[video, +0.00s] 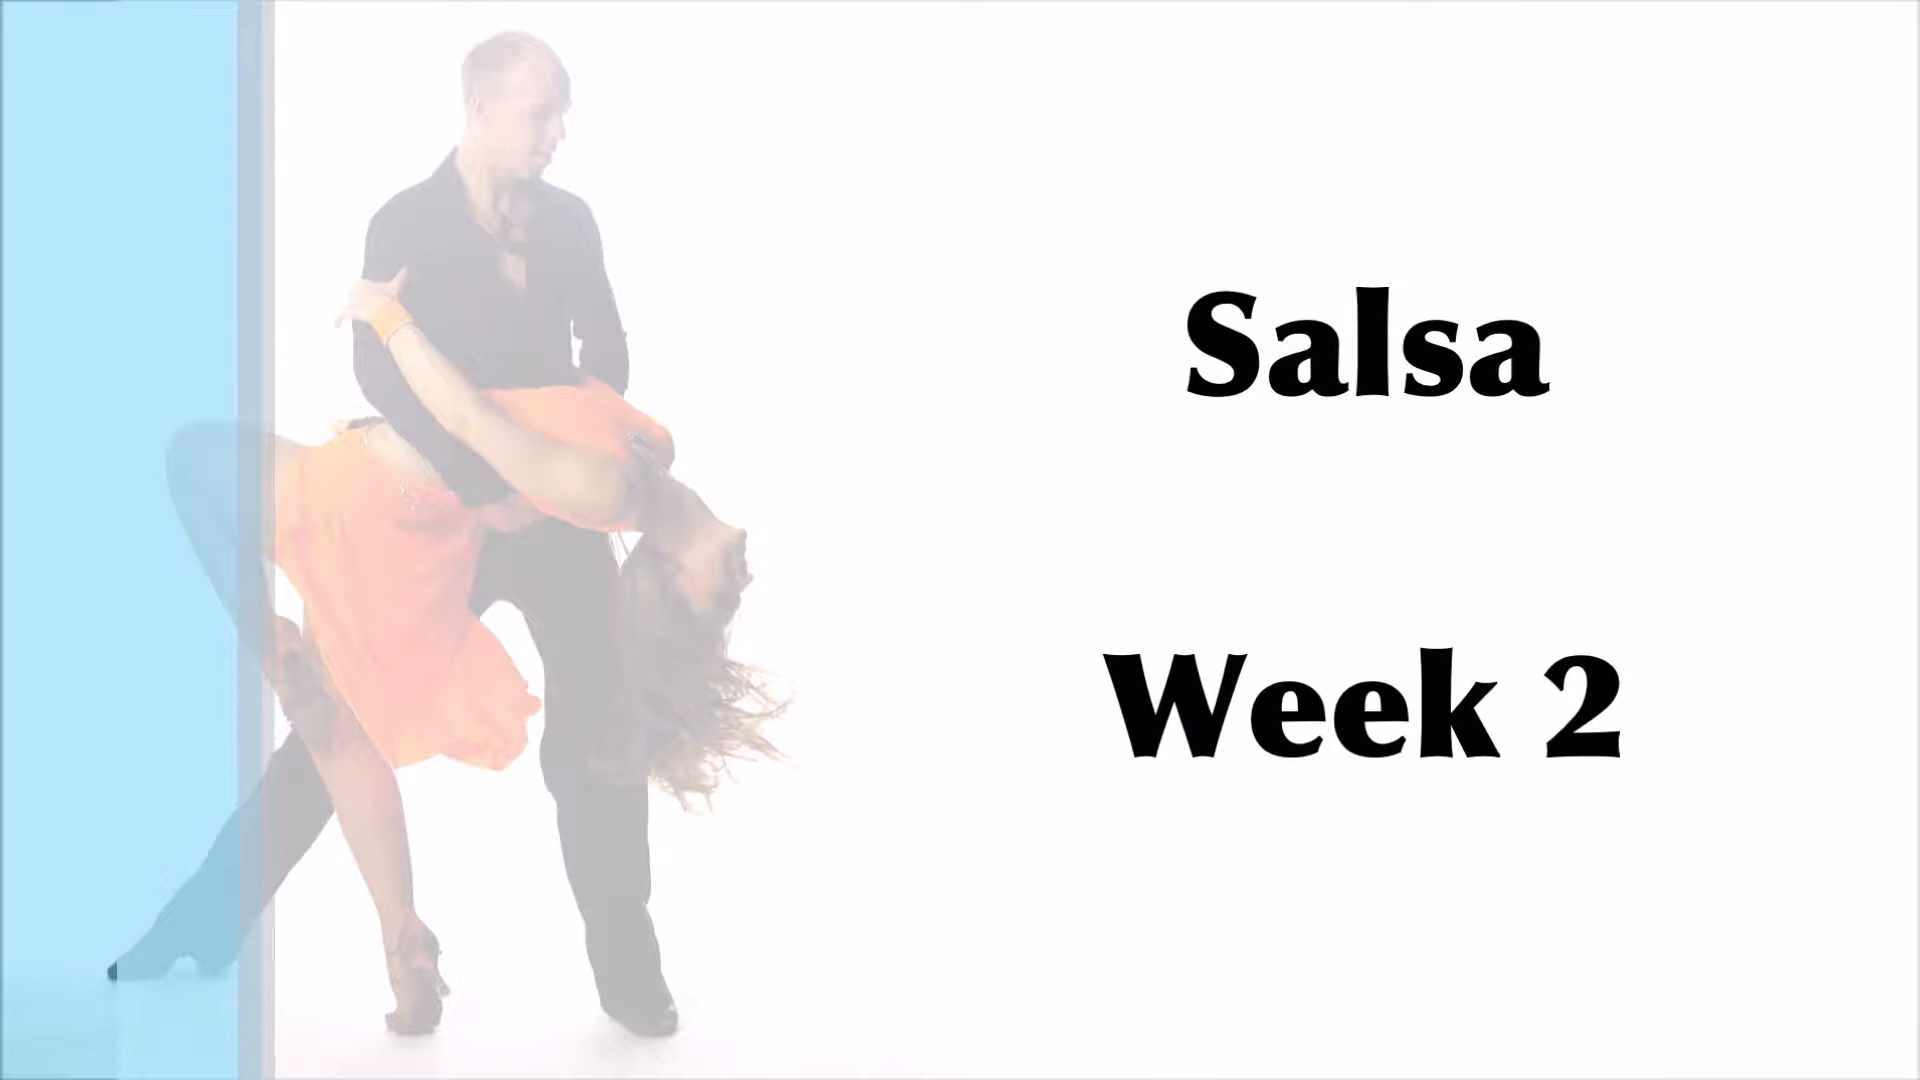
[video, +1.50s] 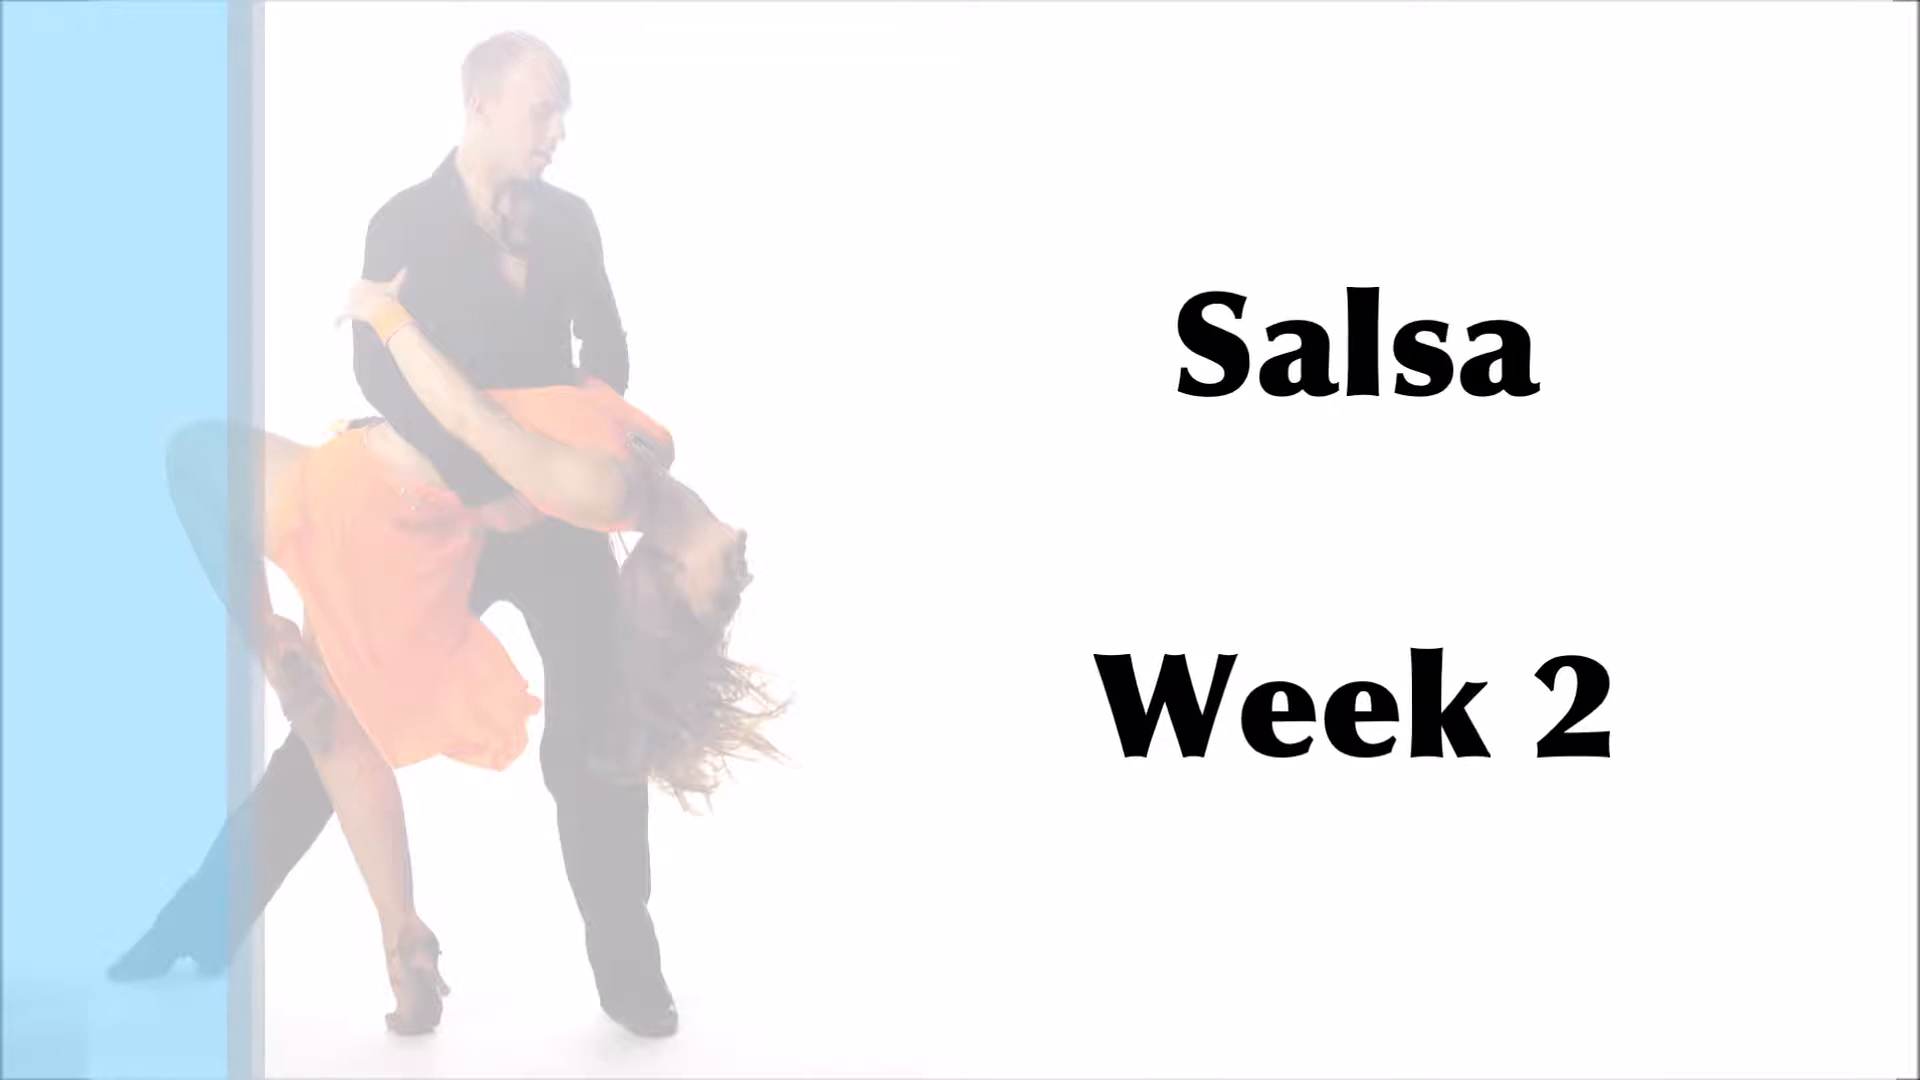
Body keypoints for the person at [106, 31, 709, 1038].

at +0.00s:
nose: (556, 134)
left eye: (563, 117)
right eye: (542, 114)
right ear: (480, 112)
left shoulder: (567, 220)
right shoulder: (406, 223)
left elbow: (607, 350)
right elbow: (378, 369)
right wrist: (466, 479)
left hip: (556, 527)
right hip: (441, 525)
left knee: (599, 728)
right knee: (345, 730)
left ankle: (628, 962)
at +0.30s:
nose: (556, 133)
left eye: (563, 116)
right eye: (542, 113)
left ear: (556, 122)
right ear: (480, 110)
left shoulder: (567, 220)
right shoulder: (406, 223)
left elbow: (607, 344)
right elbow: (378, 368)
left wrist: (595, 420)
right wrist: (465, 472)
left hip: (554, 527)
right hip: (437, 523)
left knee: (597, 726)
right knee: (346, 730)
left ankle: (628, 962)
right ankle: (201, 927)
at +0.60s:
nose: (556, 134)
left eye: (562, 116)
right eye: (541, 113)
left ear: (556, 122)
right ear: (481, 111)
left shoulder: (567, 220)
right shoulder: (405, 223)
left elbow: (607, 342)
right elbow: (378, 369)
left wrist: (593, 419)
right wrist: (465, 471)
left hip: (554, 526)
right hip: (437, 521)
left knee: (599, 724)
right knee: (344, 728)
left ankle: (628, 960)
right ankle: (207, 922)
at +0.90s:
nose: (557, 132)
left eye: (563, 115)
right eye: (542, 112)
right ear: (481, 110)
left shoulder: (567, 220)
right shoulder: (405, 223)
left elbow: (608, 345)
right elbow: (379, 370)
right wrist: (468, 477)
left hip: (555, 526)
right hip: (438, 522)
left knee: (598, 728)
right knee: (345, 728)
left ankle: (627, 961)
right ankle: (209, 921)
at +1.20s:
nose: (556, 133)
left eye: (562, 115)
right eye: (541, 112)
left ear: (554, 121)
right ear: (480, 109)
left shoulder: (567, 220)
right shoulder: (406, 223)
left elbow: (607, 342)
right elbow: (377, 367)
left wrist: (592, 437)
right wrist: (463, 472)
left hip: (552, 525)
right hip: (438, 522)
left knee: (598, 725)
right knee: (348, 724)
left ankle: (628, 959)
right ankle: (207, 921)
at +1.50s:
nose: (556, 132)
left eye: (562, 114)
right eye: (541, 112)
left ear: (554, 121)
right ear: (480, 109)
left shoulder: (567, 220)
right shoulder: (406, 223)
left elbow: (607, 340)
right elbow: (378, 368)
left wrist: (595, 432)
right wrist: (461, 469)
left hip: (554, 524)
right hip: (441, 521)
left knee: (599, 723)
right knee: (350, 721)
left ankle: (627, 958)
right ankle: (208, 921)